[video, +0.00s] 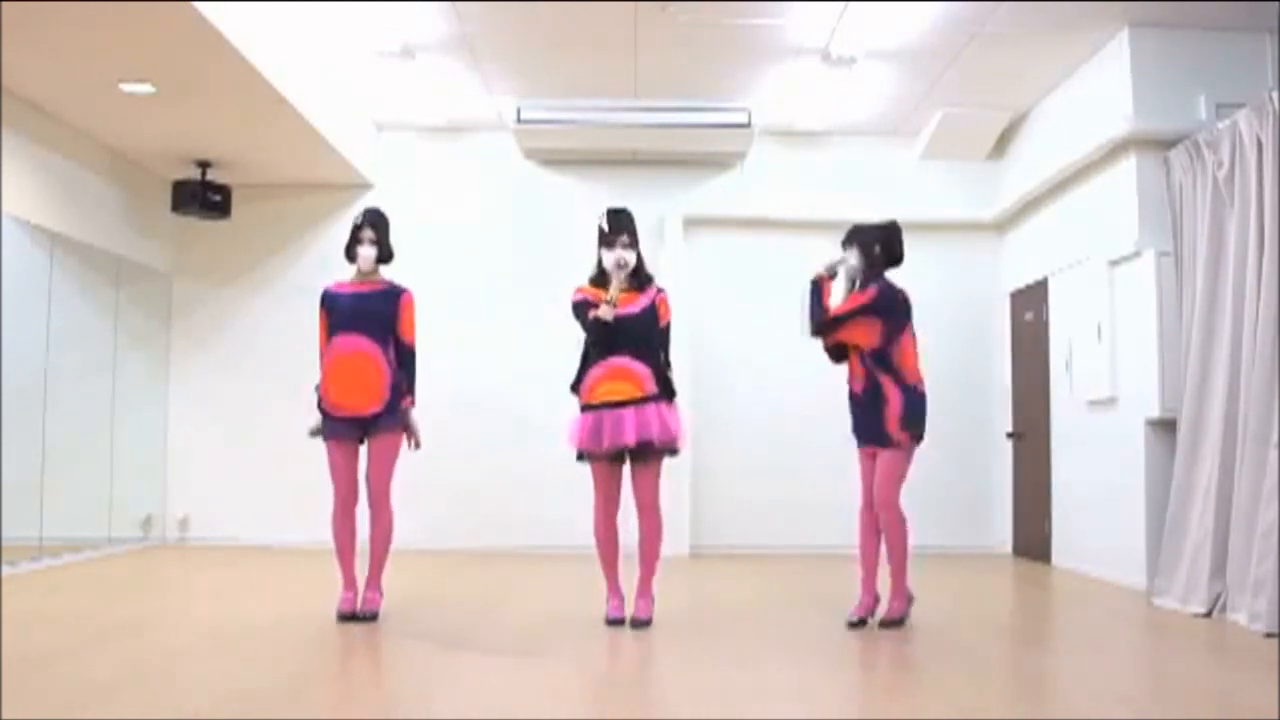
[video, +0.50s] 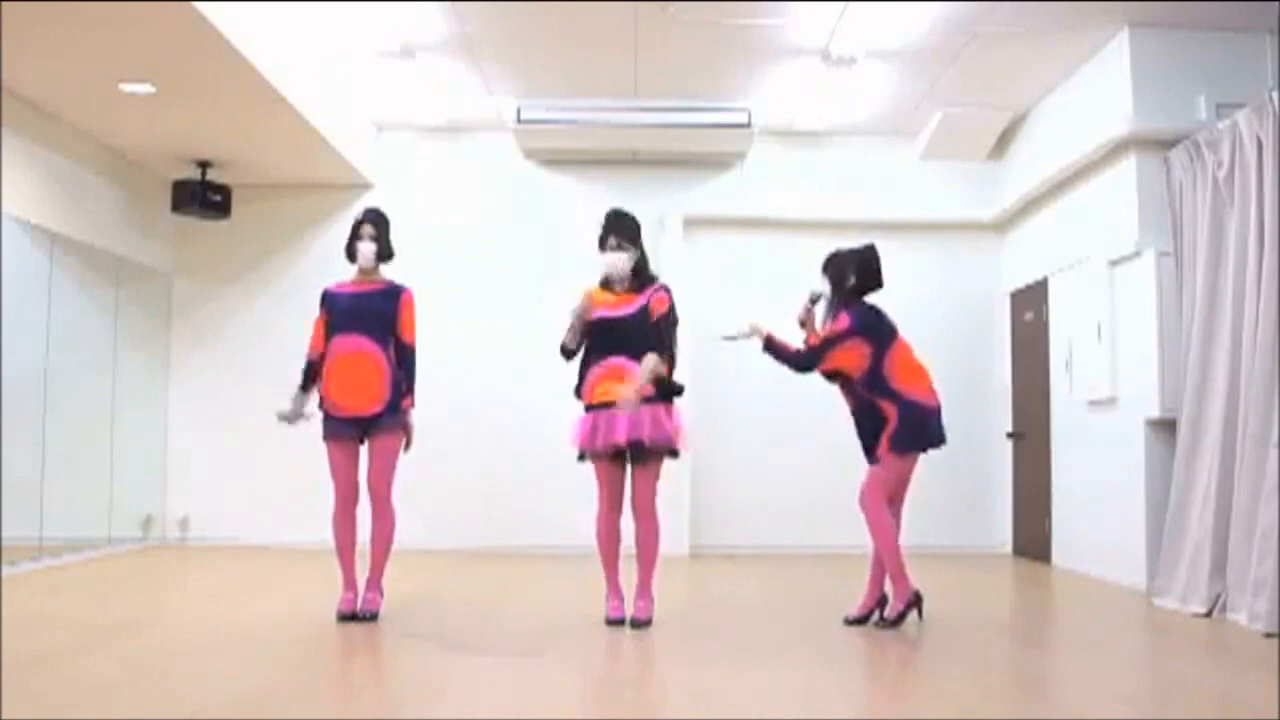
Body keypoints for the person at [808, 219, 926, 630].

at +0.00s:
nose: (845, 259)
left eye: (851, 251)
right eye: (847, 251)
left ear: (870, 254)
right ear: (871, 256)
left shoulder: (888, 297)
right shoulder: (864, 300)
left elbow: (822, 325)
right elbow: (835, 351)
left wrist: (820, 282)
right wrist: (834, 299)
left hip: (900, 410)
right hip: (868, 410)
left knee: (885, 499)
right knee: (869, 503)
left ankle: (901, 592)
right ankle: (868, 592)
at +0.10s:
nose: (839, 268)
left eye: (844, 260)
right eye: (840, 261)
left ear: (860, 263)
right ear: (874, 264)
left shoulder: (868, 305)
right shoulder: (869, 303)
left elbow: (815, 346)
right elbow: (838, 349)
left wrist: (778, 325)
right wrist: (816, 313)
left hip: (906, 410)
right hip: (893, 409)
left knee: (880, 498)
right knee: (876, 500)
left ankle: (906, 593)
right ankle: (873, 592)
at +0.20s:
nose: (828, 281)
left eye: (833, 274)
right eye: (831, 274)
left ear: (845, 279)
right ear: (865, 279)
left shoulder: (858, 320)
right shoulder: (868, 316)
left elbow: (799, 358)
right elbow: (831, 362)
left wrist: (767, 332)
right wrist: (811, 326)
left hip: (908, 417)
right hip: (912, 413)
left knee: (874, 500)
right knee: (888, 505)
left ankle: (905, 591)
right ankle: (876, 591)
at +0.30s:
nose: (821, 289)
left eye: (826, 281)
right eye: (822, 282)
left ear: (838, 284)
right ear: (859, 284)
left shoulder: (852, 326)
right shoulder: (863, 320)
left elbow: (797, 370)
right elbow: (832, 366)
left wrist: (769, 336)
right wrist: (809, 335)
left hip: (911, 417)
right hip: (918, 414)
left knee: (871, 498)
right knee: (891, 507)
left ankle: (902, 589)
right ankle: (875, 591)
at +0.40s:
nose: (822, 289)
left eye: (826, 282)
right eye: (824, 282)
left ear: (839, 286)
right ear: (859, 285)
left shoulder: (849, 326)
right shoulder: (867, 320)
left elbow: (799, 367)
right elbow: (838, 364)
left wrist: (756, 349)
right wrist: (812, 335)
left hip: (908, 419)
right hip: (919, 416)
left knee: (871, 499)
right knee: (890, 509)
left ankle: (902, 590)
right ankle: (875, 593)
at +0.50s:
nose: (824, 285)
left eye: (828, 278)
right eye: (826, 277)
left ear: (840, 282)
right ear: (860, 280)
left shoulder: (855, 322)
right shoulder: (867, 317)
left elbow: (804, 361)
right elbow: (835, 364)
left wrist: (764, 339)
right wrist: (812, 331)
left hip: (907, 415)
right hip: (914, 412)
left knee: (871, 498)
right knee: (888, 506)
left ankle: (903, 590)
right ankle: (875, 594)